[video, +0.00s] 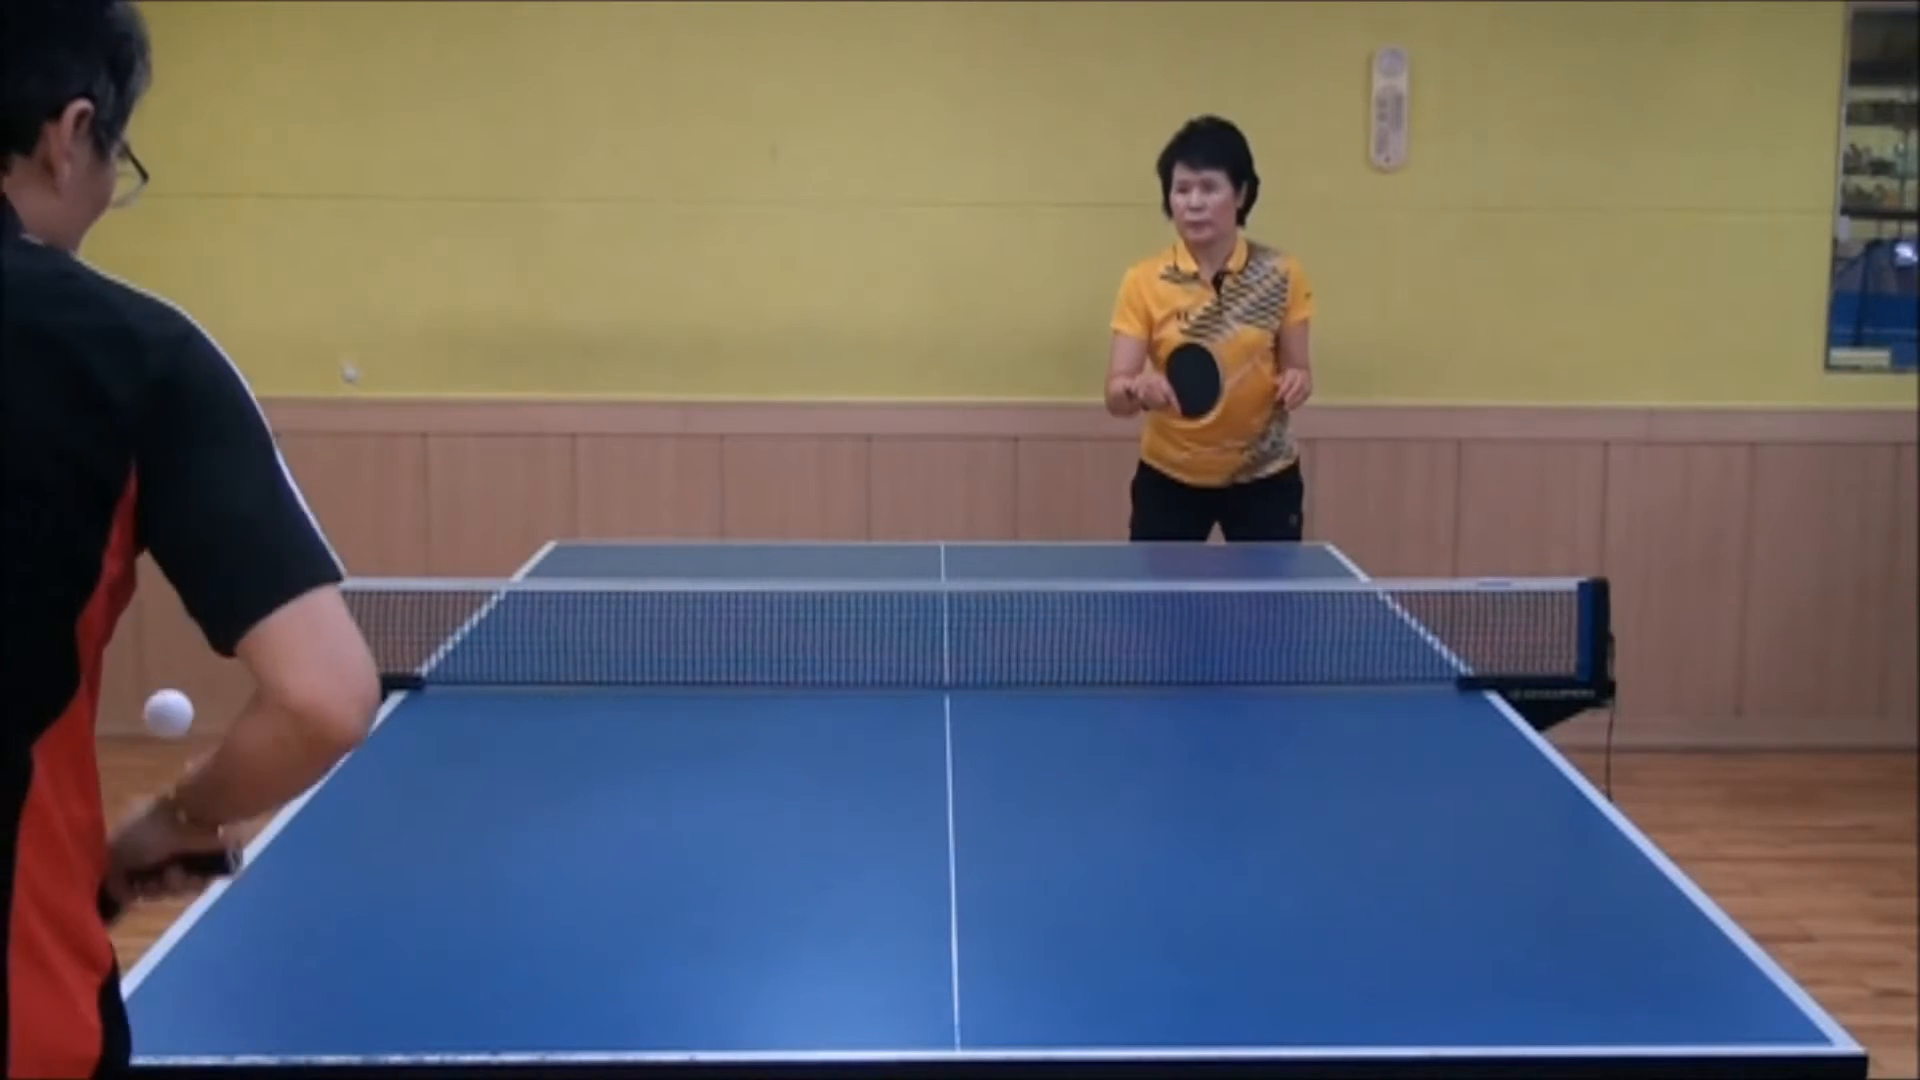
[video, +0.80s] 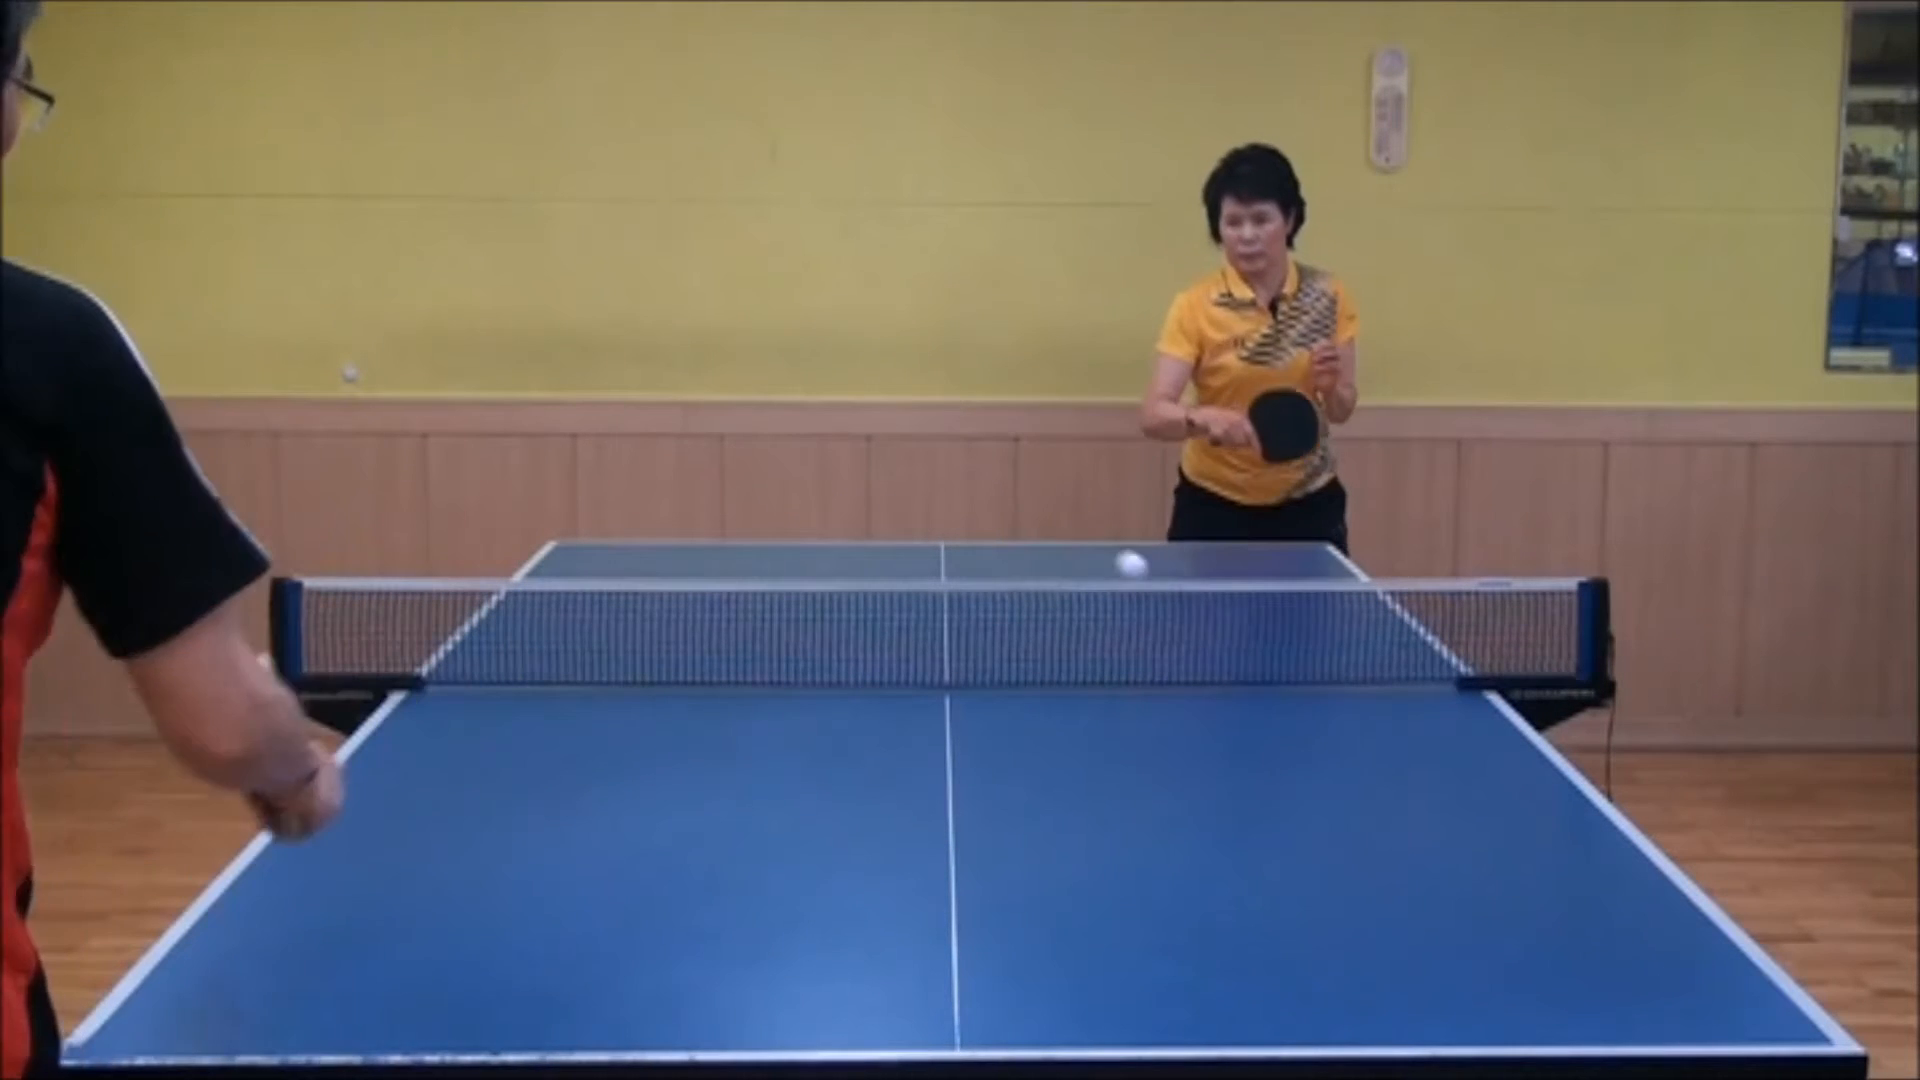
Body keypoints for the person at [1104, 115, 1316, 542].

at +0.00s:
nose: (1194, 202)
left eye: (1209, 188)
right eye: (1182, 189)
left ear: (1242, 194)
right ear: (1167, 198)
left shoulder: (1282, 277)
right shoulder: (1144, 282)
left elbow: (1297, 369)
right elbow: (1117, 397)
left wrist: (1294, 383)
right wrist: (1139, 390)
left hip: (1263, 482)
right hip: (1170, 481)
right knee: (1154, 600)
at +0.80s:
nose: (1247, 236)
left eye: (1262, 220)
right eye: (1234, 222)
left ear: (1290, 221)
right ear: (1217, 229)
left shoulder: (1328, 300)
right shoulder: (1195, 308)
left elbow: (1341, 413)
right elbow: (1154, 415)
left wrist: (1330, 387)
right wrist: (1201, 419)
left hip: (1306, 507)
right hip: (1213, 507)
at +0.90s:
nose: (1258, 242)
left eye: (1272, 226)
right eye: (1244, 228)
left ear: (1300, 226)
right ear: (1227, 233)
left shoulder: (1337, 304)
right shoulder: (1206, 312)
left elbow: (1351, 417)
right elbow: (1165, 419)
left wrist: (1340, 390)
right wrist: (1220, 423)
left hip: (1313, 508)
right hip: (1222, 508)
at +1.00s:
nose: (1258, 242)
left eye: (1272, 226)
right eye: (1244, 228)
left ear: (1300, 226)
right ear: (1227, 234)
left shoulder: (1338, 304)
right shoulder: (1206, 312)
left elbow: (1351, 417)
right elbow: (1165, 419)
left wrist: (1340, 390)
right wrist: (1220, 422)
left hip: (1313, 508)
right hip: (1221, 507)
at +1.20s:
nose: (1278, 250)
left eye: (1292, 234)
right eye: (1264, 237)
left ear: (1320, 233)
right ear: (1246, 240)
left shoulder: (1352, 309)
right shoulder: (1224, 317)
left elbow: (1361, 417)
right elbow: (1183, 425)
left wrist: (1365, 386)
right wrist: (1244, 423)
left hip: (1322, 509)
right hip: (1231, 507)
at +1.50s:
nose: (1294, 255)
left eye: (1308, 239)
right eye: (1280, 241)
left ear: (1335, 238)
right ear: (1260, 245)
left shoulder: (1364, 314)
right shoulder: (1236, 321)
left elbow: (1370, 393)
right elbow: (1195, 428)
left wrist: (1381, 386)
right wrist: (1263, 416)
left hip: (1327, 508)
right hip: (1237, 508)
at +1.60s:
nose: (1301, 258)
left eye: (1315, 242)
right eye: (1286, 244)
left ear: (1341, 241)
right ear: (1267, 249)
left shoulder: (1368, 317)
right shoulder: (1242, 322)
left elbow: (1374, 397)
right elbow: (1200, 429)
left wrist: (1361, 402)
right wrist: (1271, 413)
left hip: (1329, 507)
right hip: (1240, 507)